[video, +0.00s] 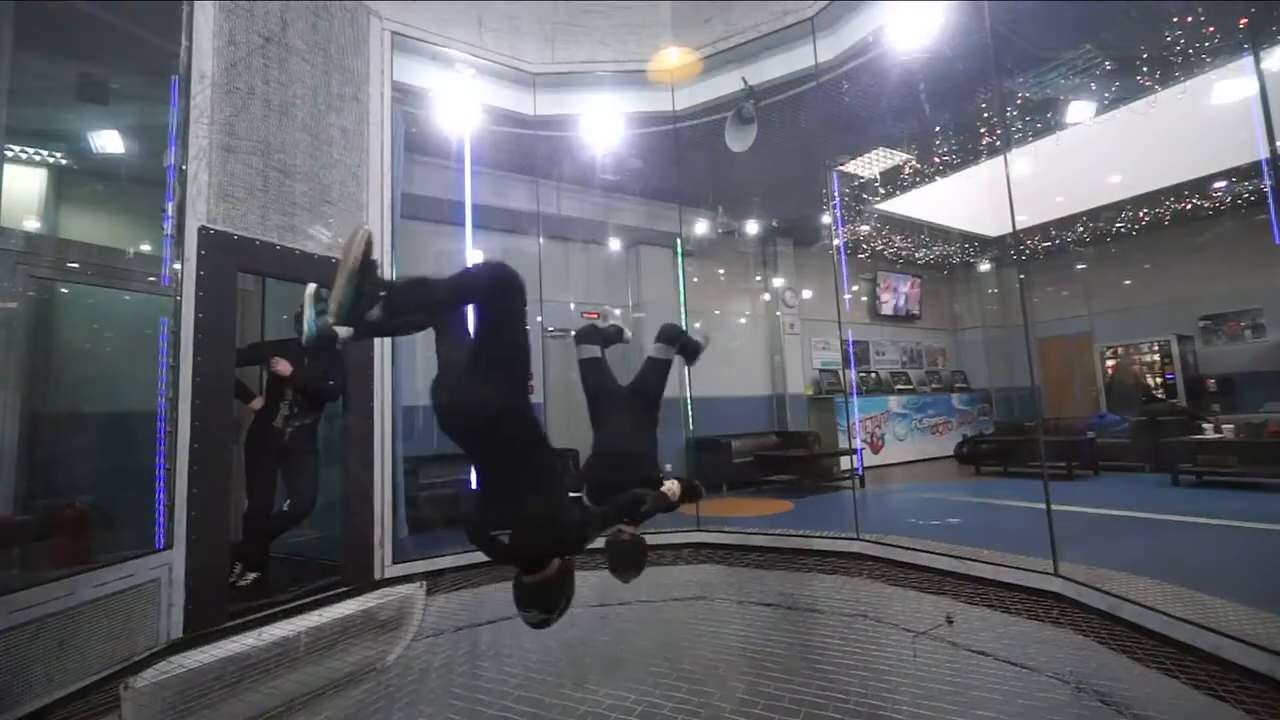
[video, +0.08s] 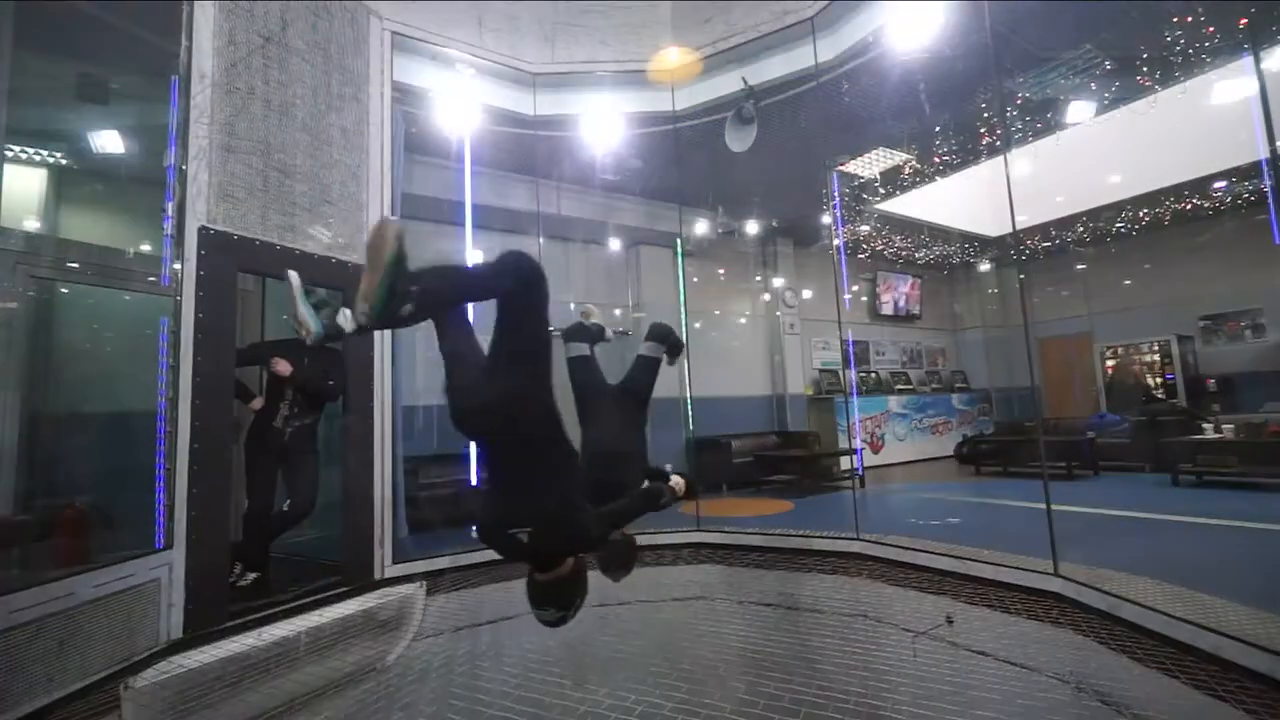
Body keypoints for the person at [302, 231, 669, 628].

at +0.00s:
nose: (545, 582)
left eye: (535, 593)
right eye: (553, 590)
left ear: (523, 582)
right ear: (564, 577)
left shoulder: (489, 537)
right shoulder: (565, 532)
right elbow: (622, 510)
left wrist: (662, 495)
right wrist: (664, 496)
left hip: (460, 413)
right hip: (508, 405)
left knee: (442, 307)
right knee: (500, 280)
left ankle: (344, 323)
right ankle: (378, 296)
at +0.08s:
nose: (548, 582)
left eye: (543, 593)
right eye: (556, 592)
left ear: (541, 578)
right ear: (575, 576)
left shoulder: (519, 546)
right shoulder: (578, 534)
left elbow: (483, 516)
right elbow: (631, 509)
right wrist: (669, 489)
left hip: (482, 419)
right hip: (529, 400)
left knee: (450, 293)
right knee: (523, 271)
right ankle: (400, 295)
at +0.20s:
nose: (586, 576)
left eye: (575, 587)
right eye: (596, 585)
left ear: (558, 573)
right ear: (604, 569)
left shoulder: (524, 528)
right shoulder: (618, 522)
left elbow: (472, 492)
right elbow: (678, 486)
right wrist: (676, 471)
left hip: (513, 412)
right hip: (573, 403)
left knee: (466, 289)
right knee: (565, 257)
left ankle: (385, 299)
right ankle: (469, 275)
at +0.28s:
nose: (591, 571)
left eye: (587, 589)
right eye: (601, 590)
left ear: (575, 570)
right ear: (615, 566)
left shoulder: (546, 528)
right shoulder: (635, 516)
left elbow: (496, 487)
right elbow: (683, 478)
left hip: (530, 398)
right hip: (592, 393)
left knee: (494, 273)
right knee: (596, 244)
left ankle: (425, 292)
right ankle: (520, 255)